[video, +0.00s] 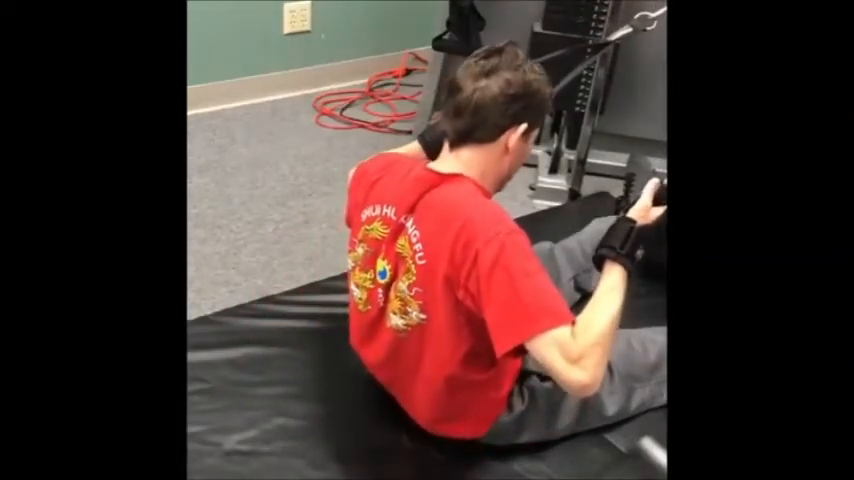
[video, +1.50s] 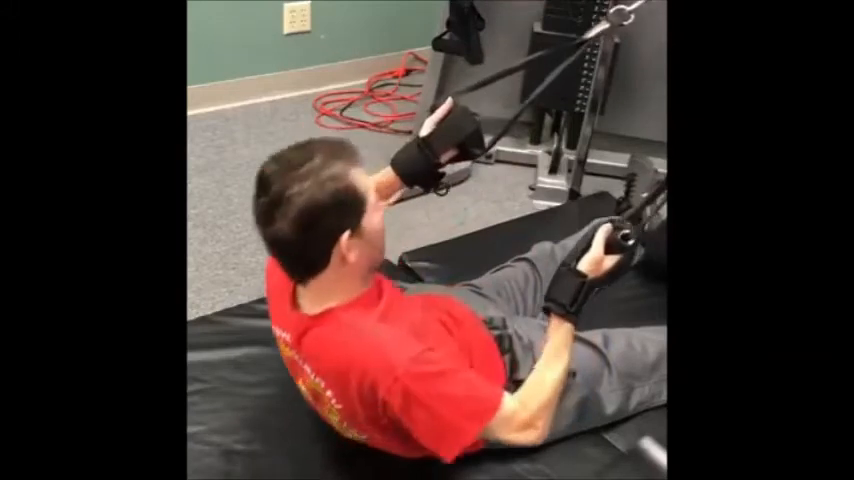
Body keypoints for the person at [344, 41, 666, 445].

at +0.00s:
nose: (528, 154)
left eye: (533, 141)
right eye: (532, 141)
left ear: (451, 117)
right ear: (514, 137)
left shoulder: (374, 180)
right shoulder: (487, 232)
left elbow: (368, 172)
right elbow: (582, 371)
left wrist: (444, 128)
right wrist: (624, 246)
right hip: (482, 408)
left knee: (609, 227)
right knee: (664, 349)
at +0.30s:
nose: (522, 154)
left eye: (527, 142)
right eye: (526, 141)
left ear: (445, 118)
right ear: (506, 140)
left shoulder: (371, 180)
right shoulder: (484, 242)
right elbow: (581, 376)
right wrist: (619, 251)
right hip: (481, 408)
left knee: (607, 231)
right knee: (664, 349)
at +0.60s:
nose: (502, 158)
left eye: (506, 145)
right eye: (505, 145)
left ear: (423, 137)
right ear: (482, 150)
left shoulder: (362, 189)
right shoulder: (471, 256)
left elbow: (377, 175)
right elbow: (575, 381)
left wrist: (449, 141)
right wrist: (611, 254)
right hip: (479, 408)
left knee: (605, 233)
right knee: (663, 348)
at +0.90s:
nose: (477, 163)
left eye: (478, 151)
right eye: (476, 152)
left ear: (392, 151)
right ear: (448, 165)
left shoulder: (344, 201)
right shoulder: (446, 275)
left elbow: (392, 169)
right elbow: (562, 390)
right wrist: (600, 265)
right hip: (478, 405)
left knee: (551, 261)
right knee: (662, 347)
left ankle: (628, 223)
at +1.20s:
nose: (434, 177)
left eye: (432, 165)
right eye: (429, 170)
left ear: (340, 182)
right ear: (400, 194)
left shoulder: (316, 225)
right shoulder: (420, 318)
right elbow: (543, 408)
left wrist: (421, 139)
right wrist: (582, 287)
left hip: (458, 308)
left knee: (543, 262)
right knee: (662, 350)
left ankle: (627, 226)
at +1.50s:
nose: (382, 206)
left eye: (374, 197)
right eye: (373, 206)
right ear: (348, 248)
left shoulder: (286, 274)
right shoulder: (397, 368)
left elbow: (336, 202)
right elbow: (526, 424)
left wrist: (414, 162)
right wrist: (569, 298)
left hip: (460, 304)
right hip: (511, 369)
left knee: (544, 256)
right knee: (662, 347)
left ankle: (627, 224)